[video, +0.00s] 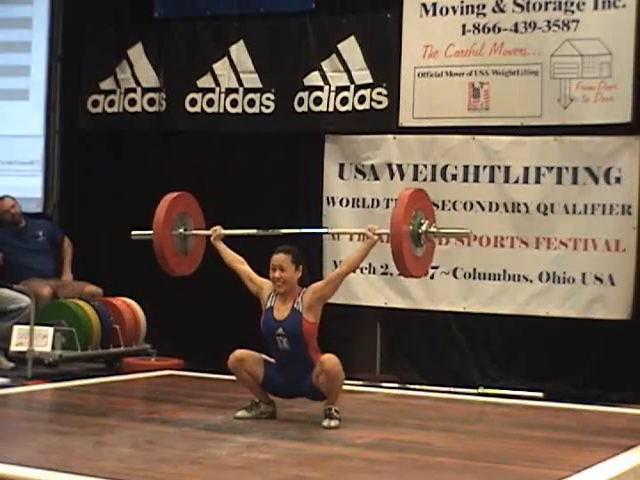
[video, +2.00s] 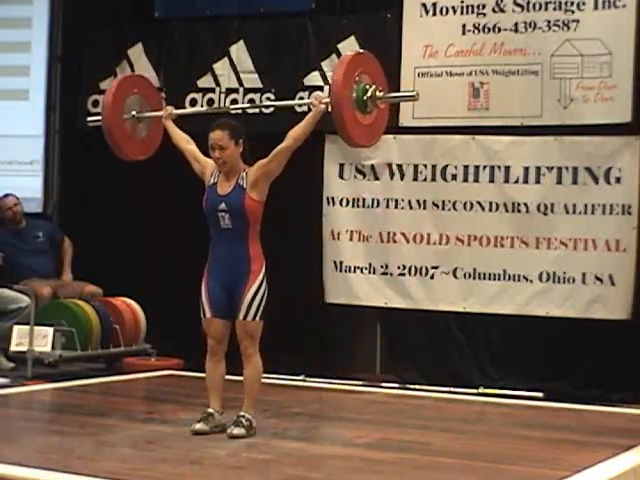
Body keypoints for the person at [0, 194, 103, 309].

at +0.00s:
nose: (13, 212)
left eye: (13, 207)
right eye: (6, 212)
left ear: (19, 205)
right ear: (2, 218)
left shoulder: (41, 225)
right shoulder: (4, 235)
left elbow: (66, 242)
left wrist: (67, 273)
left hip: (53, 279)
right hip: (24, 281)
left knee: (95, 292)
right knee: (45, 293)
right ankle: (34, 337)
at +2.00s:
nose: (14, 211)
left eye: (16, 205)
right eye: (8, 209)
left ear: (21, 205)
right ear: (2, 215)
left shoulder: (41, 225)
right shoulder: (4, 234)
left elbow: (66, 242)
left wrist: (67, 273)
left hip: (54, 279)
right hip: (25, 281)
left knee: (95, 292)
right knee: (45, 293)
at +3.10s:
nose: (34, 206)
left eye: (37, 203)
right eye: (29, 203)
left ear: (41, 205)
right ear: (21, 205)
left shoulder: (49, 230)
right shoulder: (10, 229)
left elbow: (67, 252)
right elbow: (1, 246)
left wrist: (69, 259)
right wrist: (14, 252)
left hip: (52, 279)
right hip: (25, 279)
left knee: (93, 292)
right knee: (45, 293)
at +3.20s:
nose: (39, 206)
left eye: (42, 203)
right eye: (34, 203)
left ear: (47, 206)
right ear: (26, 205)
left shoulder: (52, 232)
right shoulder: (14, 230)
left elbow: (63, 267)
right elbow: (3, 252)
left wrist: (71, 263)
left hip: (52, 279)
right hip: (25, 279)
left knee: (93, 292)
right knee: (45, 293)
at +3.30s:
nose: (45, 206)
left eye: (48, 203)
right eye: (40, 202)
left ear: (52, 207)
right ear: (32, 205)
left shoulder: (53, 231)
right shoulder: (20, 231)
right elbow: (17, 265)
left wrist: (68, 265)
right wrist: (53, 265)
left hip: (56, 279)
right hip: (30, 280)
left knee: (92, 291)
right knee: (45, 292)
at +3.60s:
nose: (66, 211)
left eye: (69, 208)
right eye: (61, 207)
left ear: (72, 212)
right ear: (52, 209)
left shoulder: (70, 237)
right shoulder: (36, 233)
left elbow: (77, 266)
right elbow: (32, 271)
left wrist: (77, 273)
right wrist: (66, 278)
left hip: (61, 279)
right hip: (37, 279)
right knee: (48, 291)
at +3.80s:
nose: (82, 220)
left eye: (85, 217)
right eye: (77, 216)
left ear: (88, 220)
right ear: (67, 216)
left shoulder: (84, 243)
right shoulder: (48, 239)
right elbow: (41, 275)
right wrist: (71, 288)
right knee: (49, 293)